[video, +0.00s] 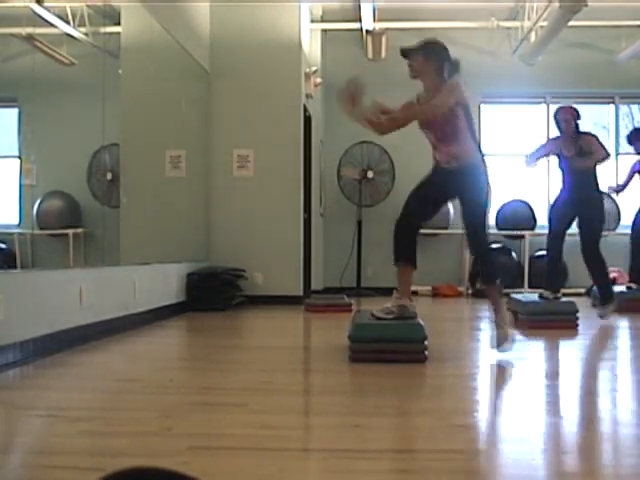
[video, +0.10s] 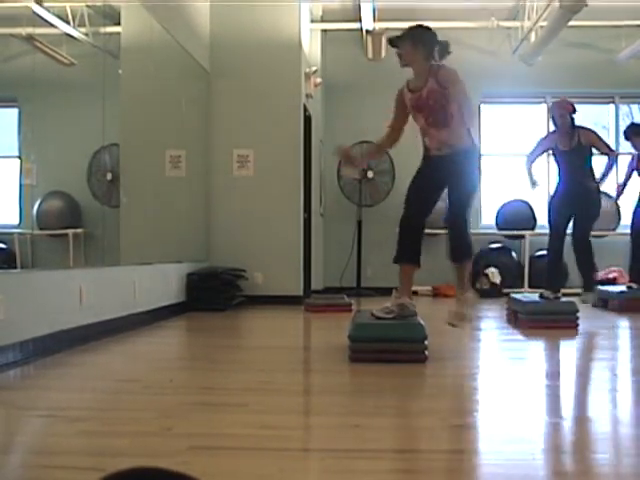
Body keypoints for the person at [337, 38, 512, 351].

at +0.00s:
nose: (410, 65)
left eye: (416, 61)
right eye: (411, 61)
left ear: (434, 64)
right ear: (422, 67)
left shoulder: (453, 90)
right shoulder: (417, 102)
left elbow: (431, 111)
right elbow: (385, 127)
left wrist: (392, 114)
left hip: (470, 172)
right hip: (441, 174)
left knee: (479, 244)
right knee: (406, 225)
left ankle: (500, 319)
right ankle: (402, 301)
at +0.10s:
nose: (398, 53)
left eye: (403, 47)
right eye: (398, 48)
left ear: (420, 49)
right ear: (409, 52)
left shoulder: (446, 75)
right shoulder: (406, 93)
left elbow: (467, 113)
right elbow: (393, 135)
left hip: (462, 157)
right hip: (432, 161)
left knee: (457, 222)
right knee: (411, 221)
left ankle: (463, 296)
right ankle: (403, 298)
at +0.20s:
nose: (387, 56)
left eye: (391, 50)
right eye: (387, 50)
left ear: (410, 50)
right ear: (401, 53)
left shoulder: (438, 76)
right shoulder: (401, 91)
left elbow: (484, 97)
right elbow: (411, 128)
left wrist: (509, 129)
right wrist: (406, 164)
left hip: (456, 157)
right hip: (425, 162)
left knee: (435, 205)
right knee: (405, 216)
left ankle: (438, 286)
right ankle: (403, 296)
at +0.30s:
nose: (383, 68)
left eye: (387, 62)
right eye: (383, 63)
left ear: (403, 62)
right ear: (399, 64)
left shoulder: (437, 86)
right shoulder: (398, 100)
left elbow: (485, 92)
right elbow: (421, 130)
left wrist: (517, 117)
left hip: (453, 167)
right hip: (423, 168)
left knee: (419, 214)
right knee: (392, 223)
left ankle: (425, 289)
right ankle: (401, 297)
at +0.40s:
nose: (384, 70)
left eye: (388, 63)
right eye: (383, 64)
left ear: (404, 63)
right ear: (402, 65)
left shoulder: (438, 86)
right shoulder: (402, 102)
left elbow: (486, 98)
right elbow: (425, 131)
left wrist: (516, 127)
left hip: (454, 168)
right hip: (424, 169)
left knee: (431, 218)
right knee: (394, 223)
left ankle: (430, 296)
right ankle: (401, 299)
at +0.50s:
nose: (393, 62)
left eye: (396, 55)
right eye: (392, 56)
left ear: (414, 53)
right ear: (408, 56)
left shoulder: (445, 78)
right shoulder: (412, 93)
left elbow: (480, 110)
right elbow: (415, 136)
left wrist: (486, 150)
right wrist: (404, 172)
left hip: (464, 158)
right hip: (435, 162)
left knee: (461, 225)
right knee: (413, 221)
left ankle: (468, 300)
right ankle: (405, 299)